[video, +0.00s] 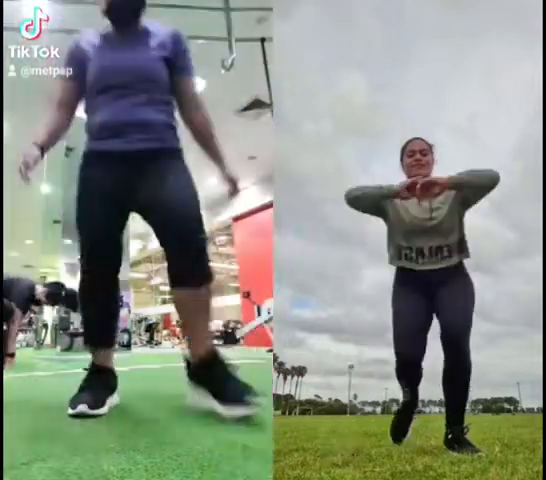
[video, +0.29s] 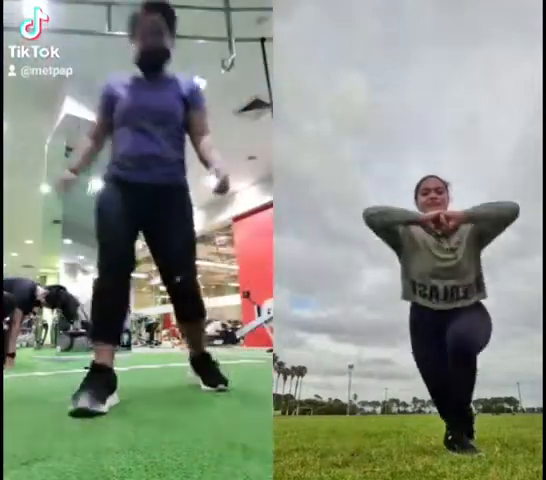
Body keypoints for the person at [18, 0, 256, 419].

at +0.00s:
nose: (121, 5)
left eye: (128, 0)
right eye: (115, 1)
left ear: (142, 4)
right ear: (103, 6)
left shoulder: (168, 41)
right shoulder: (86, 47)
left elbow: (192, 109)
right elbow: (62, 108)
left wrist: (224, 166)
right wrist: (38, 146)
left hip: (162, 163)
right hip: (103, 166)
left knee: (190, 248)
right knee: (98, 266)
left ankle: (203, 362)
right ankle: (101, 372)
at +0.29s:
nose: (151, 41)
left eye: (159, 33)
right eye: (144, 33)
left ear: (172, 39)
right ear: (132, 40)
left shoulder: (187, 89)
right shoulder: (116, 88)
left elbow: (201, 137)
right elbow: (97, 138)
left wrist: (217, 168)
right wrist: (74, 169)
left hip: (169, 193)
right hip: (119, 191)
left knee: (183, 279)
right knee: (111, 276)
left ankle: (199, 356)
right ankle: (101, 373)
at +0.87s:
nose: (137, 96)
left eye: (143, 91)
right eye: (131, 91)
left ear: (153, 96)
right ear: (121, 96)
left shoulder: (164, 138)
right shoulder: (108, 131)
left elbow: (177, 180)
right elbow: (92, 167)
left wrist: (196, 214)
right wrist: (86, 189)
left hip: (156, 214)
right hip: (116, 214)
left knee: (174, 283)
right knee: (114, 287)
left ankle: (198, 361)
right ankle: (111, 359)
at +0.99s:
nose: (127, 99)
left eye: (133, 94)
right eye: (121, 94)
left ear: (143, 99)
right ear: (112, 99)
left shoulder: (156, 138)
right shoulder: (99, 136)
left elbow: (166, 181)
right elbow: (86, 175)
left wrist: (177, 215)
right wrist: (78, 197)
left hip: (151, 213)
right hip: (111, 214)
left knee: (168, 282)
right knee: (113, 287)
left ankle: (185, 359)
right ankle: (111, 358)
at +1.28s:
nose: (132, 91)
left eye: (138, 86)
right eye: (126, 86)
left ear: (148, 91)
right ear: (116, 91)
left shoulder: (161, 130)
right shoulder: (103, 127)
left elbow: (179, 169)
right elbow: (83, 166)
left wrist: (188, 170)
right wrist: (77, 161)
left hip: (152, 212)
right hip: (112, 213)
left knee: (163, 282)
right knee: (112, 288)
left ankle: (182, 363)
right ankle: (111, 357)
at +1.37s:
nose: (137, 84)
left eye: (144, 79)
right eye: (131, 79)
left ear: (153, 85)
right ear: (121, 85)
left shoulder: (167, 125)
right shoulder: (108, 122)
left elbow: (189, 167)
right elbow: (86, 159)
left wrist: (189, 155)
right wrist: (83, 146)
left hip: (156, 208)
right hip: (114, 209)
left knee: (166, 281)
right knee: (106, 286)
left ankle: (182, 365)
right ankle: (108, 354)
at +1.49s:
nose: (142, 73)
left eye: (149, 68)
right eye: (136, 68)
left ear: (159, 74)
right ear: (126, 73)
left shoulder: (172, 113)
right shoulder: (112, 113)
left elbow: (200, 151)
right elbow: (87, 154)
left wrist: (184, 135)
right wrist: (86, 135)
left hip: (160, 202)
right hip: (116, 202)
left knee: (167, 277)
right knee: (90, 269)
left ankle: (182, 365)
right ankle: (98, 338)